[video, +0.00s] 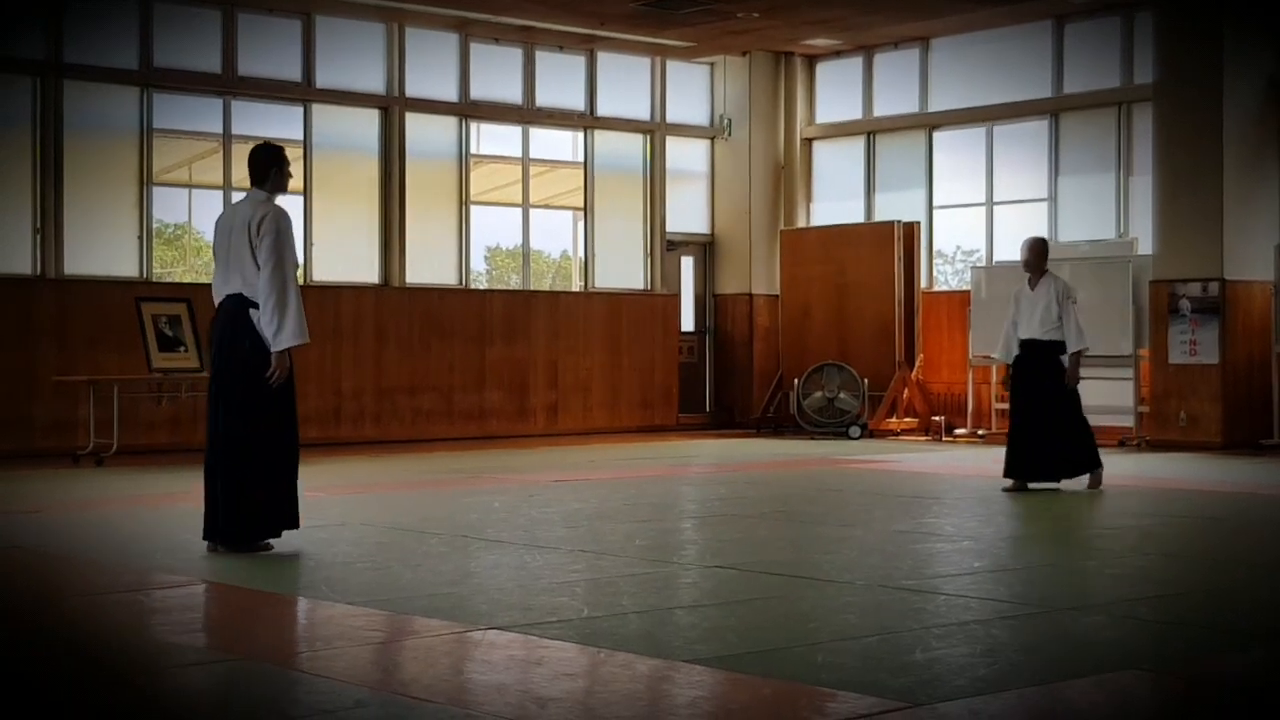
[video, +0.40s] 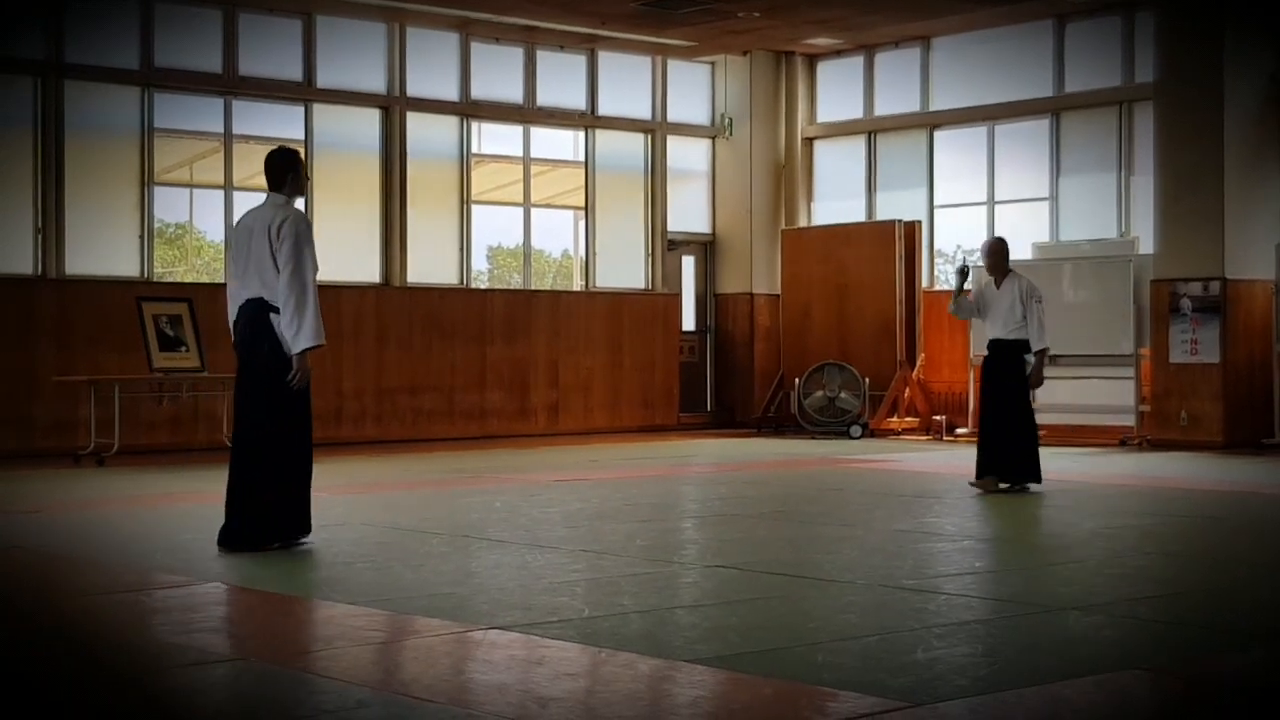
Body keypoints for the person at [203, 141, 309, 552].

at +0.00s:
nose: (290, 176)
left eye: (289, 169)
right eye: (287, 169)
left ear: (252, 173)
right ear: (277, 173)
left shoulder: (226, 217)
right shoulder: (273, 216)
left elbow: (223, 278)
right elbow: (274, 284)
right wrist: (280, 343)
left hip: (226, 328)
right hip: (258, 331)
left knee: (227, 427)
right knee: (256, 429)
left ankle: (221, 527)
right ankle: (244, 531)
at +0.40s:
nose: (305, 182)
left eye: (303, 175)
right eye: (303, 175)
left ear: (268, 178)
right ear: (294, 178)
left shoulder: (243, 223)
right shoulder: (293, 221)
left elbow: (234, 284)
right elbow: (295, 287)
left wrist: (238, 333)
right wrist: (300, 346)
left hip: (247, 328)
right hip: (279, 329)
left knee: (252, 426)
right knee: (285, 427)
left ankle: (243, 527)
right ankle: (279, 526)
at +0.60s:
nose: (331, 187)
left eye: (329, 180)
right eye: (327, 181)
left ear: (294, 186)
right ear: (316, 185)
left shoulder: (270, 227)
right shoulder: (318, 226)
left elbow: (258, 288)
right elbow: (318, 292)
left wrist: (256, 340)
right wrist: (323, 350)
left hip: (268, 333)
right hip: (298, 335)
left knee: (317, 425)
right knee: (277, 431)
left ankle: (345, 509)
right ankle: (259, 527)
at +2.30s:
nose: (634, 217)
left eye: (631, 212)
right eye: (632, 212)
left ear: (604, 216)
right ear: (627, 216)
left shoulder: (576, 251)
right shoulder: (635, 253)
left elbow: (556, 301)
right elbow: (663, 298)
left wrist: (569, 338)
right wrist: (687, 324)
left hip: (585, 345)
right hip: (622, 345)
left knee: (594, 417)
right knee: (650, 417)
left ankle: (598, 498)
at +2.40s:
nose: (652, 226)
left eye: (650, 221)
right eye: (652, 221)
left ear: (621, 223)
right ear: (648, 223)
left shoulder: (594, 258)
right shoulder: (655, 260)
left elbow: (572, 306)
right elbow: (695, 294)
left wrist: (588, 342)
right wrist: (714, 277)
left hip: (603, 351)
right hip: (640, 351)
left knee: (603, 423)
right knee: (678, 416)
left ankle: (593, 499)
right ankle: (657, 486)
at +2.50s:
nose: (672, 235)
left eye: (667, 230)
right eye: (671, 230)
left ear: (642, 232)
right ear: (669, 232)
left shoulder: (616, 264)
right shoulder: (676, 266)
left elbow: (588, 310)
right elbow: (719, 264)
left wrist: (599, 351)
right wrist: (718, 229)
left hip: (620, 356)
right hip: (659, 357)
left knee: (609, 428)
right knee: (693, 420)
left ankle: (593, 493)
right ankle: (710, 490)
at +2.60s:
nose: (698, 242)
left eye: (694, 236)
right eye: (697, 236)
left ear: (666, 237)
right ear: (695, 239)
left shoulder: (639, 267)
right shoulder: (702, 270)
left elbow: (604, 306)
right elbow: (738, 251)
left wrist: (602, 348)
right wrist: (721, 214)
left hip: (638, 362)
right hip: (680, 362)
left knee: (615, 429)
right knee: (719, 423)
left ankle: (589, 491)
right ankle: (753, 491)